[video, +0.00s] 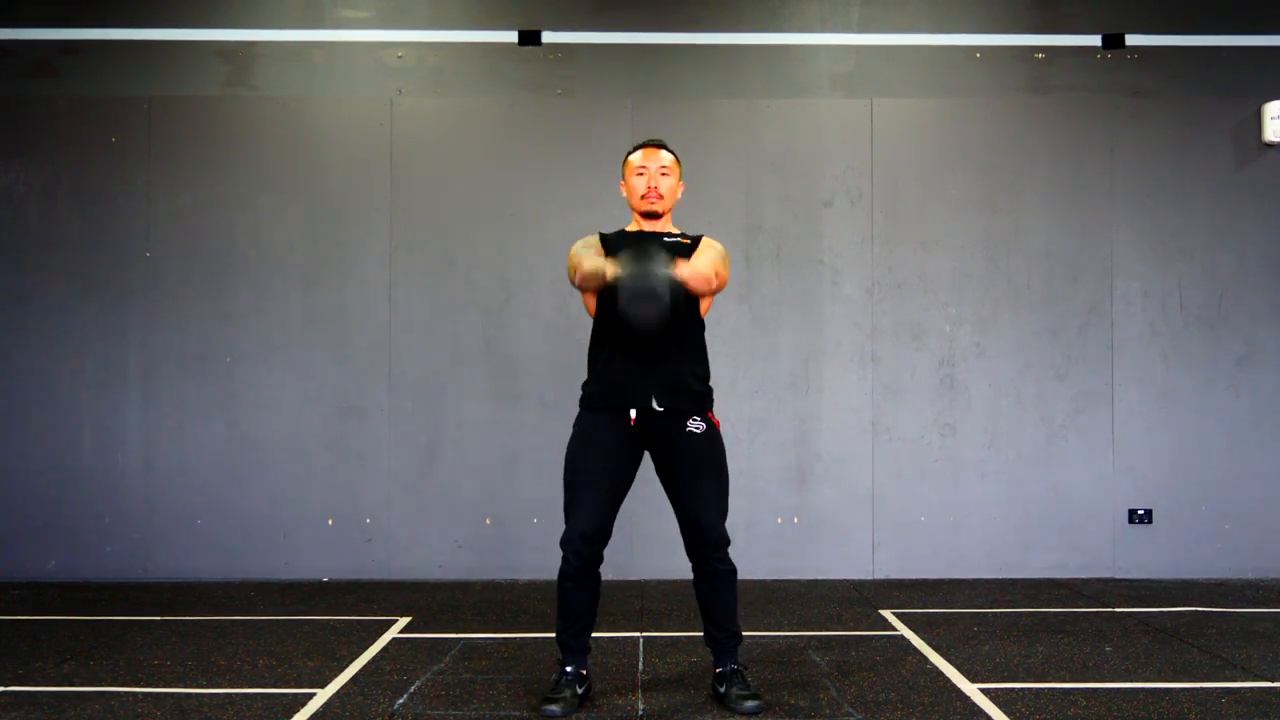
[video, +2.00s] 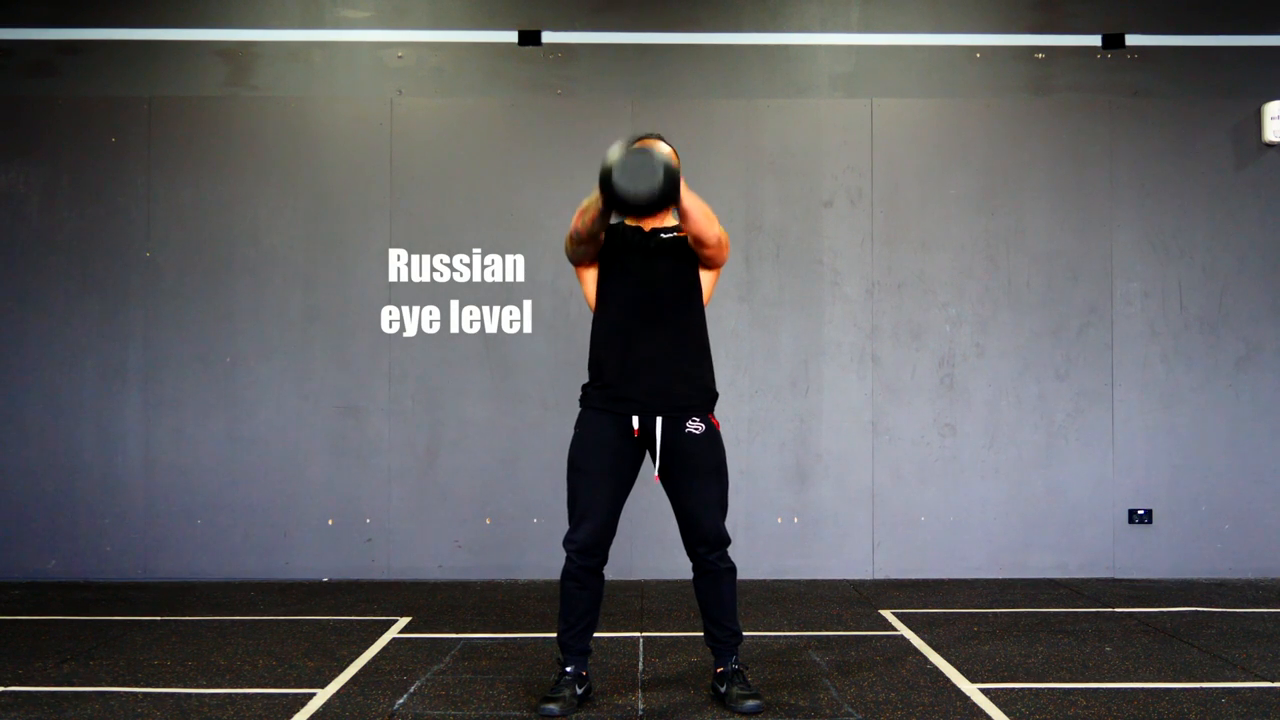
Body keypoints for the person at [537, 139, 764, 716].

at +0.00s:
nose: (652, 180)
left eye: (664, 172)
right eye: (641, 172)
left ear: (680, 187)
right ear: (624, 187)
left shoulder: (700, 246)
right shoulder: (598, 245)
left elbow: (710, 272)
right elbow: (584, 267)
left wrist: (676, 276)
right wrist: (610, 274)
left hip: (686, 418)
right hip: (608, 417)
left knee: (710, 544)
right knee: (581, 542)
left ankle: (728, 671)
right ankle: (572, 671)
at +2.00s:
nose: (650, 185)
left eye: (660, 171)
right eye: (639, 170)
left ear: (674, 185)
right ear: (620, 185)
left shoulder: (702, 247)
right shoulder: (594, 246)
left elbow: (711, 237)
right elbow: (581, 230)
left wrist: (673, 177)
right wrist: (610, 188)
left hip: (687, 413)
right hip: (609, 411)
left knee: (710, 545)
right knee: (584, 544)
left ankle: (729, 670)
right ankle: (572, 672)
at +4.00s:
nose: (641, 238)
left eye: (654, 226)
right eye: (629, 226)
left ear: (675, 240)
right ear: (614, 240)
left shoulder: (708, 313)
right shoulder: (582, 316)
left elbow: (697, 410)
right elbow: (593, 412)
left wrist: (675, 477)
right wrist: (619, 479)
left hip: (685, 445)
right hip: (605, 446)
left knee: (747, 534)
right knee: (548, 539)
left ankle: (734, 669)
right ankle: (568, 673)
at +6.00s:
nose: (651, 183)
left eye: (662, 176)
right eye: (639, 175)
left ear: (679, 194)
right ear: (622, 194)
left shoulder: (705, 257)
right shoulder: (593, 254)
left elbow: (705, 292)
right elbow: (597, 290)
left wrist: (679, 314)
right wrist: (624, 311)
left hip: (687, 417)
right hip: (611, 417)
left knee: (716, 544)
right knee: (584, 546)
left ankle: (730, 671)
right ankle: (573, 673)